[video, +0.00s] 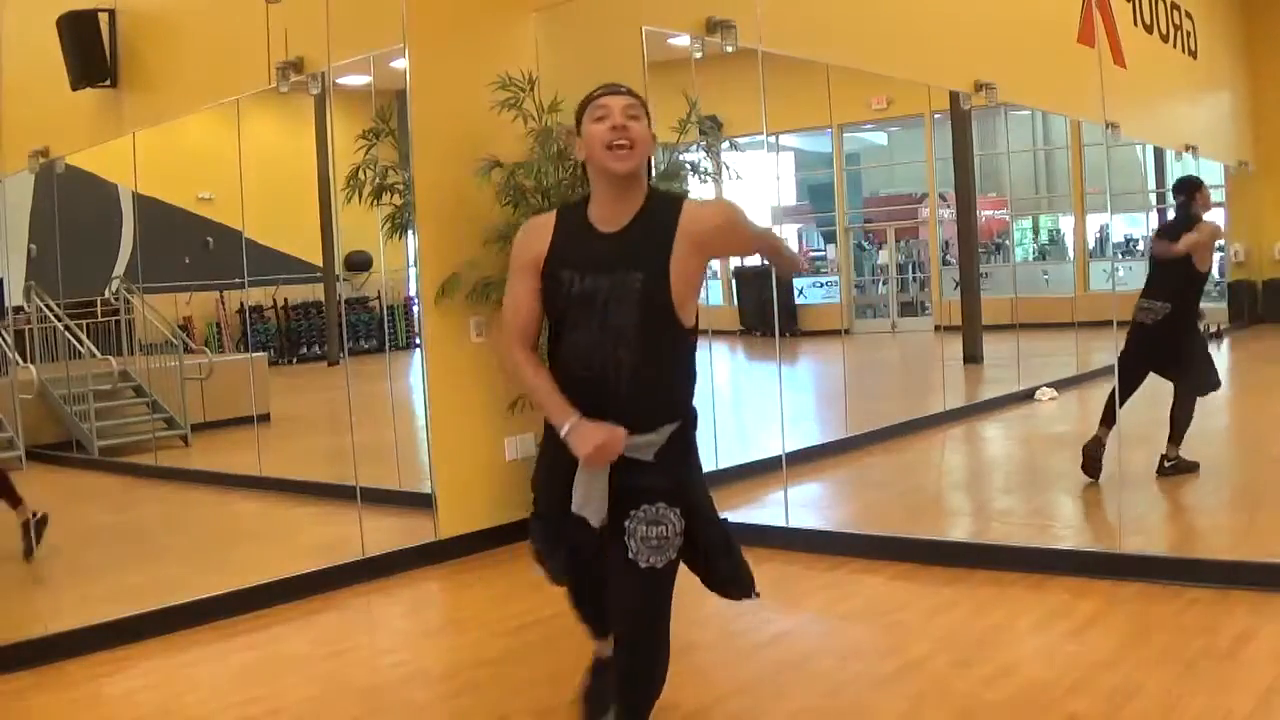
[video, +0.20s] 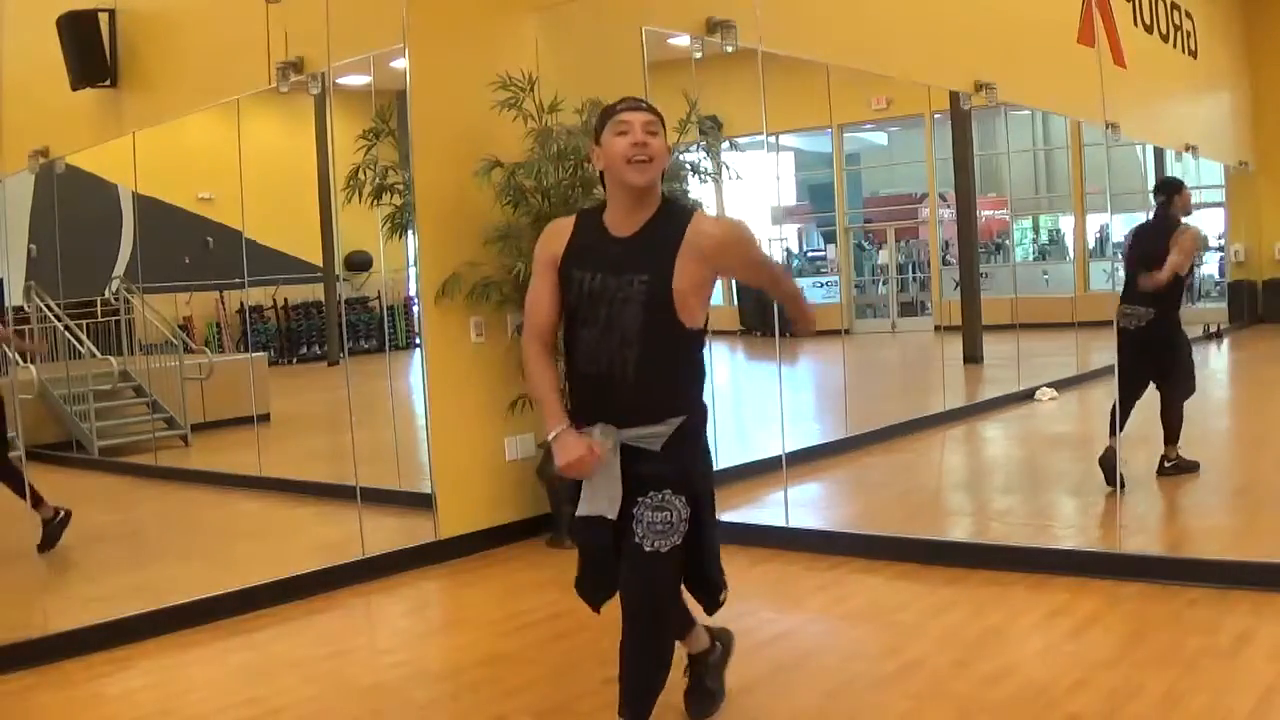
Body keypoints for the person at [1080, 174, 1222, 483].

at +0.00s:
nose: (1210, 198)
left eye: (1207, 192)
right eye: (1206, 193)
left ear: (1180, 200)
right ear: (1196, 198)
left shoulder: (1163, 230)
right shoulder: (1207, 229)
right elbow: (1185, 246)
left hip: (1144, 318)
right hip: (1177, 323)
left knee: (1126, 381)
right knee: (1189, 385)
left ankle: (1099, 439)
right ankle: (1171, 456)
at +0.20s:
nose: (1190, 200)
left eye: (1188, 194)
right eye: (1186, 195)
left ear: (1161, 199)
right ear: (1176, 198)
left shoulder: (1137, 232)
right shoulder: (1186, 233)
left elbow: (1131, 272)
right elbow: (1173, 268)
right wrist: (1161, 275)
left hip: (1128, 319)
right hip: (1161, 322)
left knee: (1129, 387)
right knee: (1173, 387)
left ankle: (1110, 449)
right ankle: (1170, 456)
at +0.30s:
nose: (1177, 206)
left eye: (1175, 200)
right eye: (1174, 200)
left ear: (1145, 205)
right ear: (1164, 203)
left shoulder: (1124, 239)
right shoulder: (1174, 243)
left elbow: (1122, 285)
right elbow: (1180, 287)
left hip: (1125, 331)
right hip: (1159, 330)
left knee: (1120, 396)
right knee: (1167, 395)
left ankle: (1108, 464)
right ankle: (1170, 456)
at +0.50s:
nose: (1155, 207)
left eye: (1153, 201)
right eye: (1152, 202)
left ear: (1124, 208)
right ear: (1142, 206)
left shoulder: (1104, 242)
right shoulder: (1161, 241)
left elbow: (1091, 294)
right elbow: (1184, 287)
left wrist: (1088, 335)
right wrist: (1189, 304)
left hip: (1104, 337)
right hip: (1139, 336)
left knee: (1107, 405)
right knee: (1150, 397)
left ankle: (1108, 474)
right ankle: (1160, 456)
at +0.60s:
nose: (1149, 201)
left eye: (1147, 195)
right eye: (1146, 196)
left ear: (1117, 202)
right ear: (1136, 199)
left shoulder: (1097, 238)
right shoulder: (1156, 235)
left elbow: (1078, 285)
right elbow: (1177, 265)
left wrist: (1073, 330)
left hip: (1101, 334)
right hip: (1136, 334)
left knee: (1105, 401)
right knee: (1143, 396)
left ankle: (1107, 473)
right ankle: (1147, 459)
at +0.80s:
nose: (1136, 199)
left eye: (1133, 194)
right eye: (1133, 194)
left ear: (1108, 201)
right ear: (1125, 198)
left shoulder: (1087, 238)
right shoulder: (1150, 232)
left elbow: (1069, 285)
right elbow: (1156, 261)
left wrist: (1062, 329)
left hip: (1097, 334)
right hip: (1135, 332)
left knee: (1102, 400)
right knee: (1133, 397)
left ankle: (1106, 471)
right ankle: (1131, 459)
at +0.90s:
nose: (1130, 200)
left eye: (1126, 195)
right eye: (1127, 196)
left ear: (1101, 203)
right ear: (1122, 199)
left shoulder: (1086, 239)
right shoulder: (1148, 235)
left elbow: (1072, 290)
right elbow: (1152, 282)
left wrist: (1071, 335)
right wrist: (1139, 308)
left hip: (1099, 334)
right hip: (1135, 333)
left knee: (1103, 400)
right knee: (1133, 397)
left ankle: (1107, 471)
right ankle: (1131, 459)